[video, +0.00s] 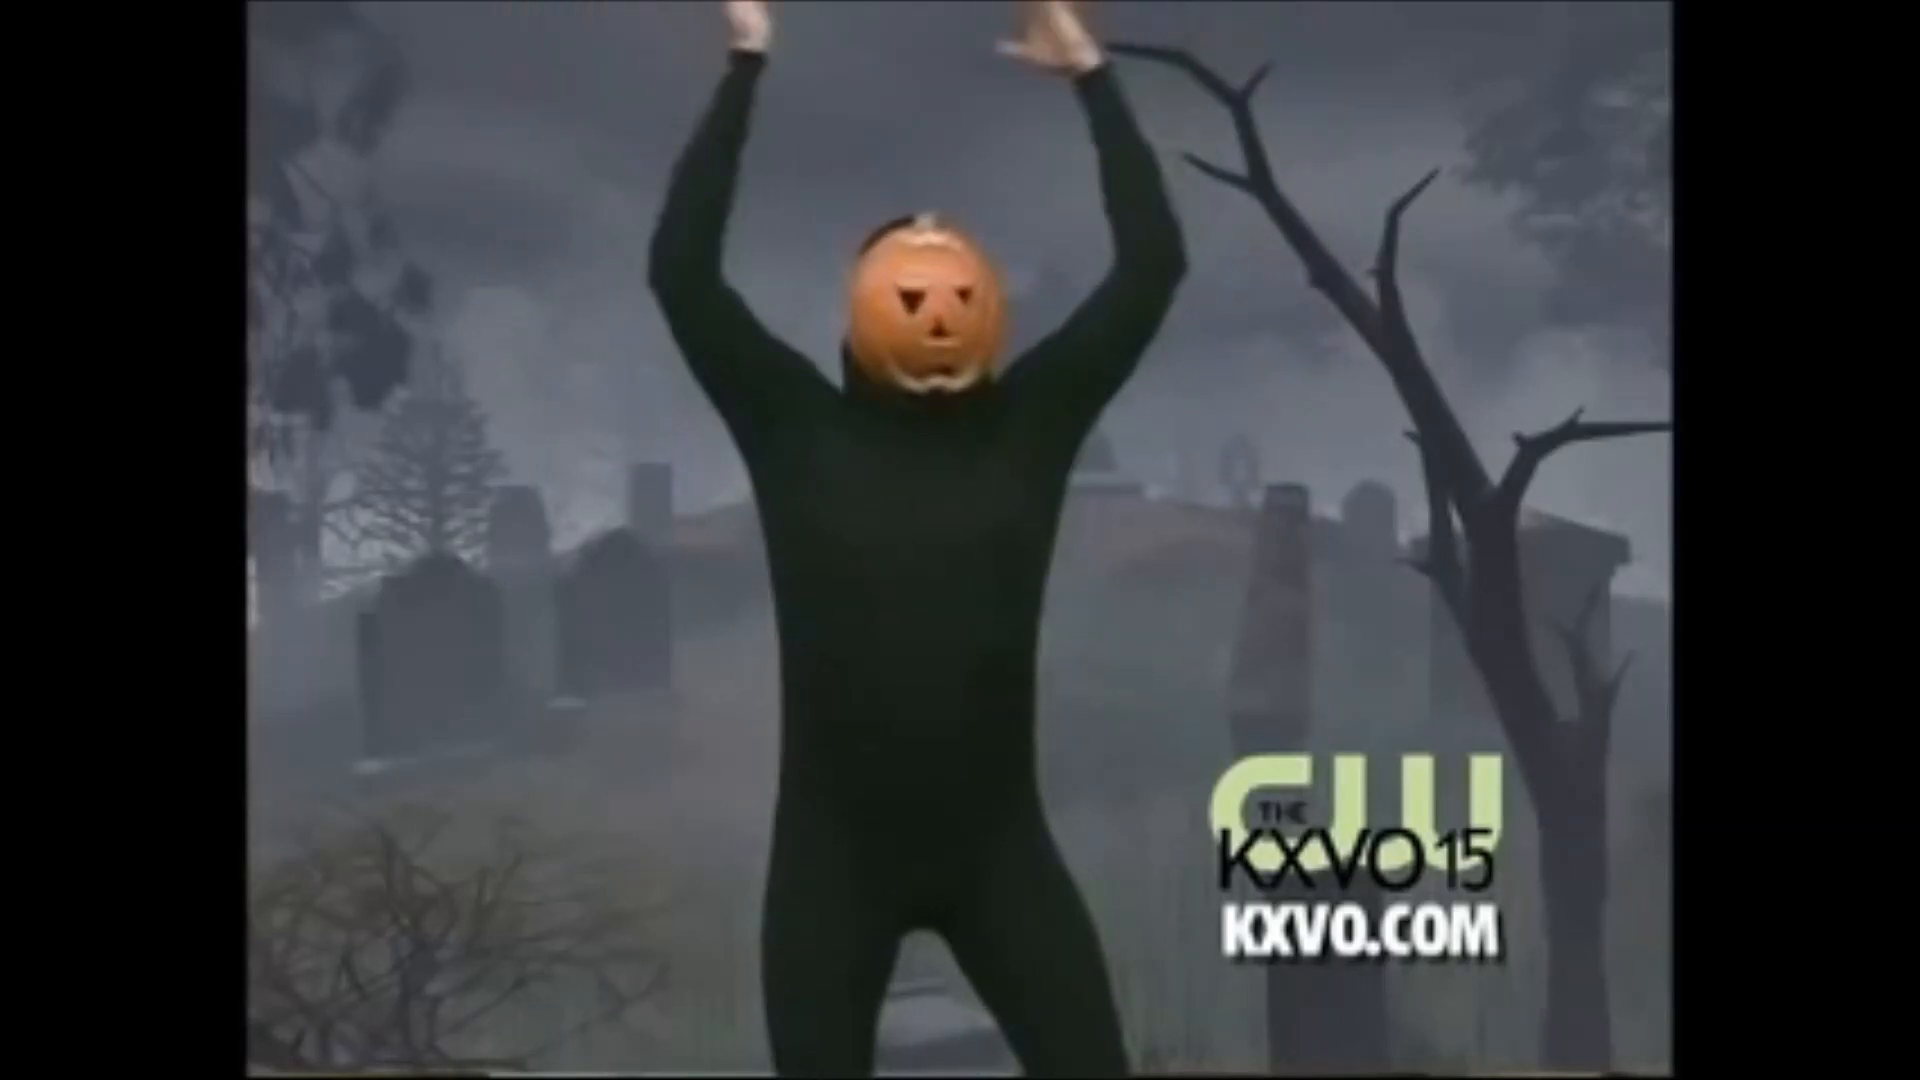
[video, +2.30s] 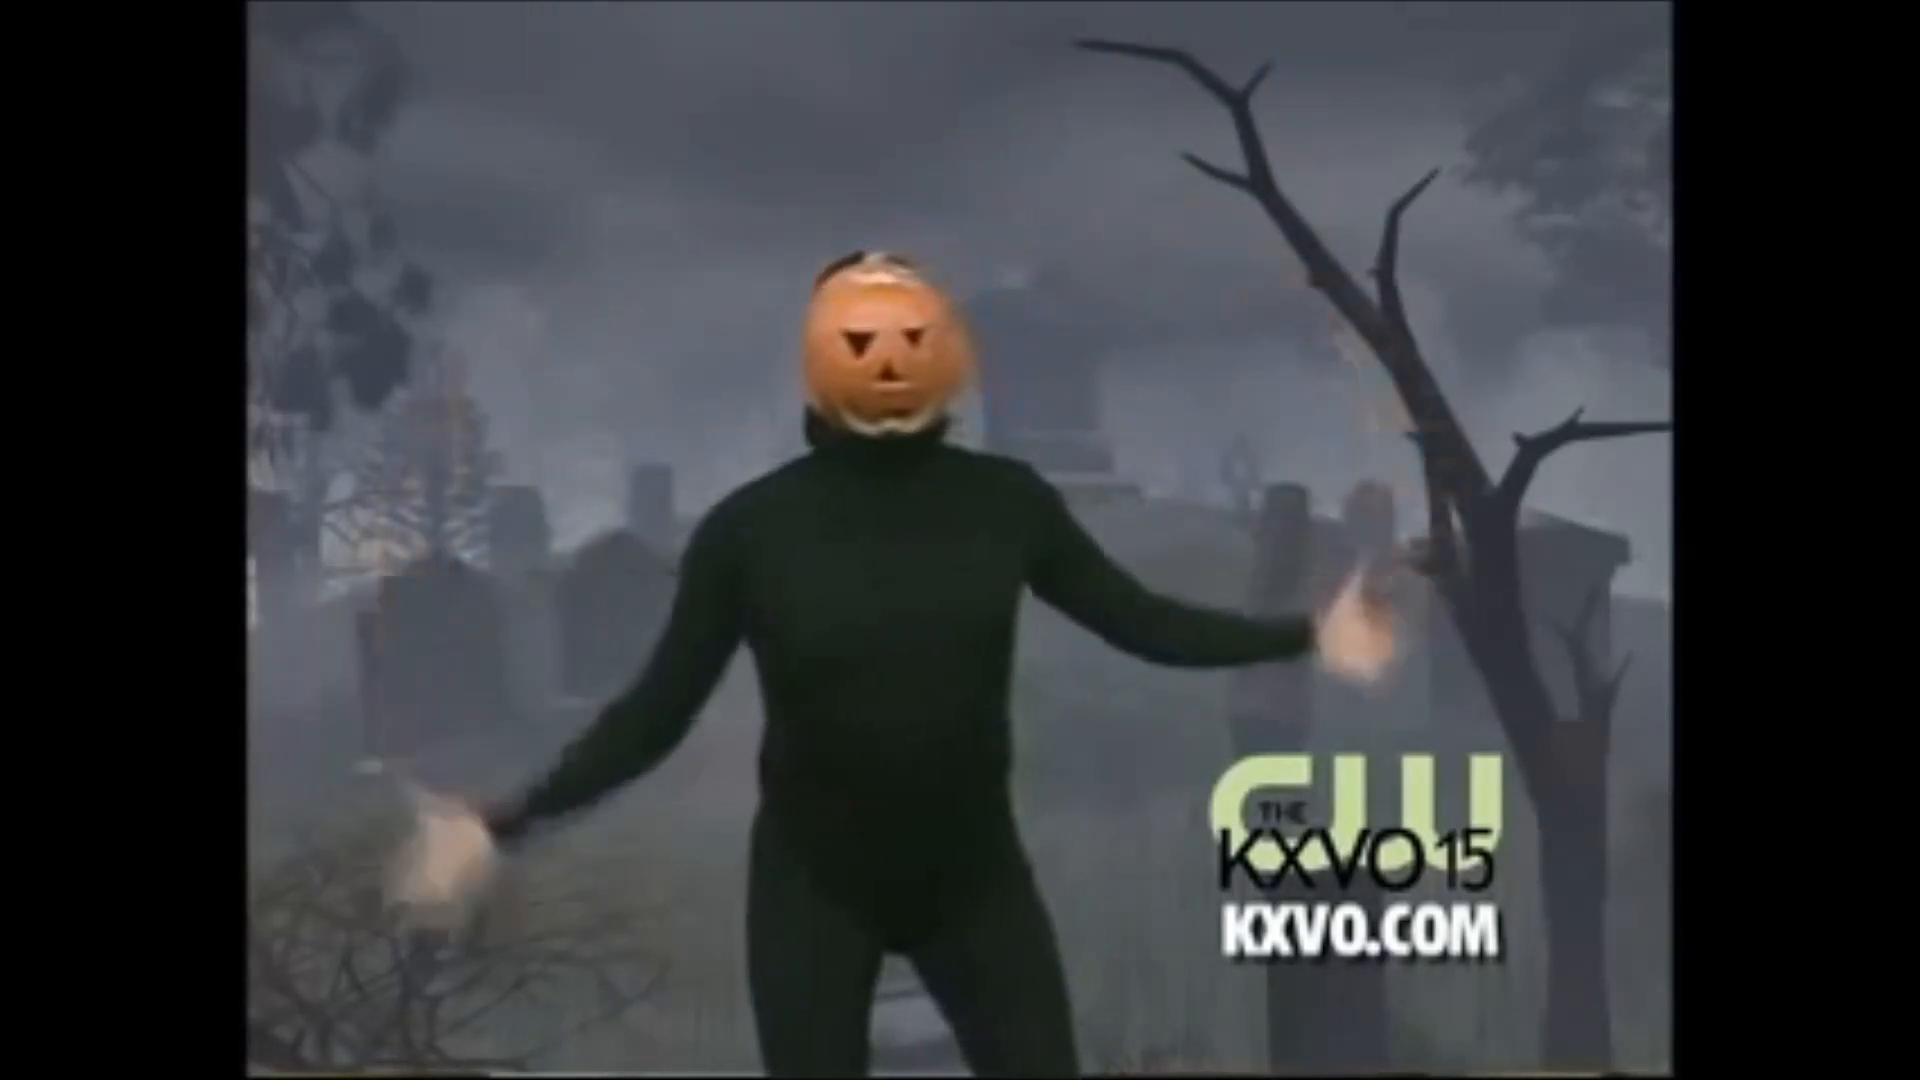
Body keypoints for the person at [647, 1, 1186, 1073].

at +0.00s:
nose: (934, 298)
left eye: (960, 286)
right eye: (901, 284)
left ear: (998, 328)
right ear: (853, 330)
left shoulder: (1033, 425)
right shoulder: (791, 422)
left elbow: (1151, 260)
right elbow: (682, 267)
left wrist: (1090, 71)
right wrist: (744, 62)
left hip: (999, 845)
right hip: (831, 851)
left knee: (1091, 1066)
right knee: (817, 1066)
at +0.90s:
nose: (943, 346)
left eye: (967, 328)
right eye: (911, 328)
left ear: (1002, 358)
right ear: (858, 358)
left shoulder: (1049, 465)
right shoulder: (783, 471)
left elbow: (1221, 372)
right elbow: (610, 396)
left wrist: (1169, 230)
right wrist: (683, 229)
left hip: (998, 861)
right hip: (835, 868)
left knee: (1083, 1065)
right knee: (825, 1068)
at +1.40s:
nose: (939, 353)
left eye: (965, 331)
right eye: (905, 332)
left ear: (1001, 362)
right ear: (853, 366)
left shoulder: (1057, 481)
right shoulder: (775, 487)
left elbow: (1241, 465)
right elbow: (578, 495)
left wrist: (1280, 311)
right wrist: (557, 321)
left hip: (995, 865)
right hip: (831, 871)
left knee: (1078, 1066)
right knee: (824, 1067)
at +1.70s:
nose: (930, 349)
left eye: (956, 331)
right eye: (899, 332)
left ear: (992, 364)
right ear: (848, 368)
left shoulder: (1047, 494)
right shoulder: (777, 503)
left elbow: (1232, 524)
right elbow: (585, 584)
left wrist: (1344, 385)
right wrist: (472, 431)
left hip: (989, 866)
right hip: (825, 873)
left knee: (1067, 1064)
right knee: (822, 1070)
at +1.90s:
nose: (916, 347)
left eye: (941, 330)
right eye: (885, 331)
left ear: (980, 365)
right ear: (840, 370)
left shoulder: (1039, 501)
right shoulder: (770, 513)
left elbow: (1213, 560)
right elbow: (612, 634)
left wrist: (1366, 457)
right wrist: (444, 549)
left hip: (982, 870)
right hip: (819, 874)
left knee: (1064, 1069)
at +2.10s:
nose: (901, 336)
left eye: (925, 321)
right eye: (869, 326)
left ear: (964, 364)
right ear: (829, 370)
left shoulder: (1018, 505)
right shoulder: (764, 518)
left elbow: (1183, 590)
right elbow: (622, 675)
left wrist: (1356, 535)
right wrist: (444, 668)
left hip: (977, 872)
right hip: (815, 878)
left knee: (1056, 1062)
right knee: (812, 1072)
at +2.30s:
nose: (887, 354)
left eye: (913, 333)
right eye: (856, 338)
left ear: (954, 363)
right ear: (814, 373)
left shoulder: (1007, 504)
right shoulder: (750, 529)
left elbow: (1142, 622)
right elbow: (655, 711)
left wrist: (1306, 634)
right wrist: (512, 816)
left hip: (973, 873)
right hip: (811, 882)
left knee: (1041, 1064)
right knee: (809, 1071)